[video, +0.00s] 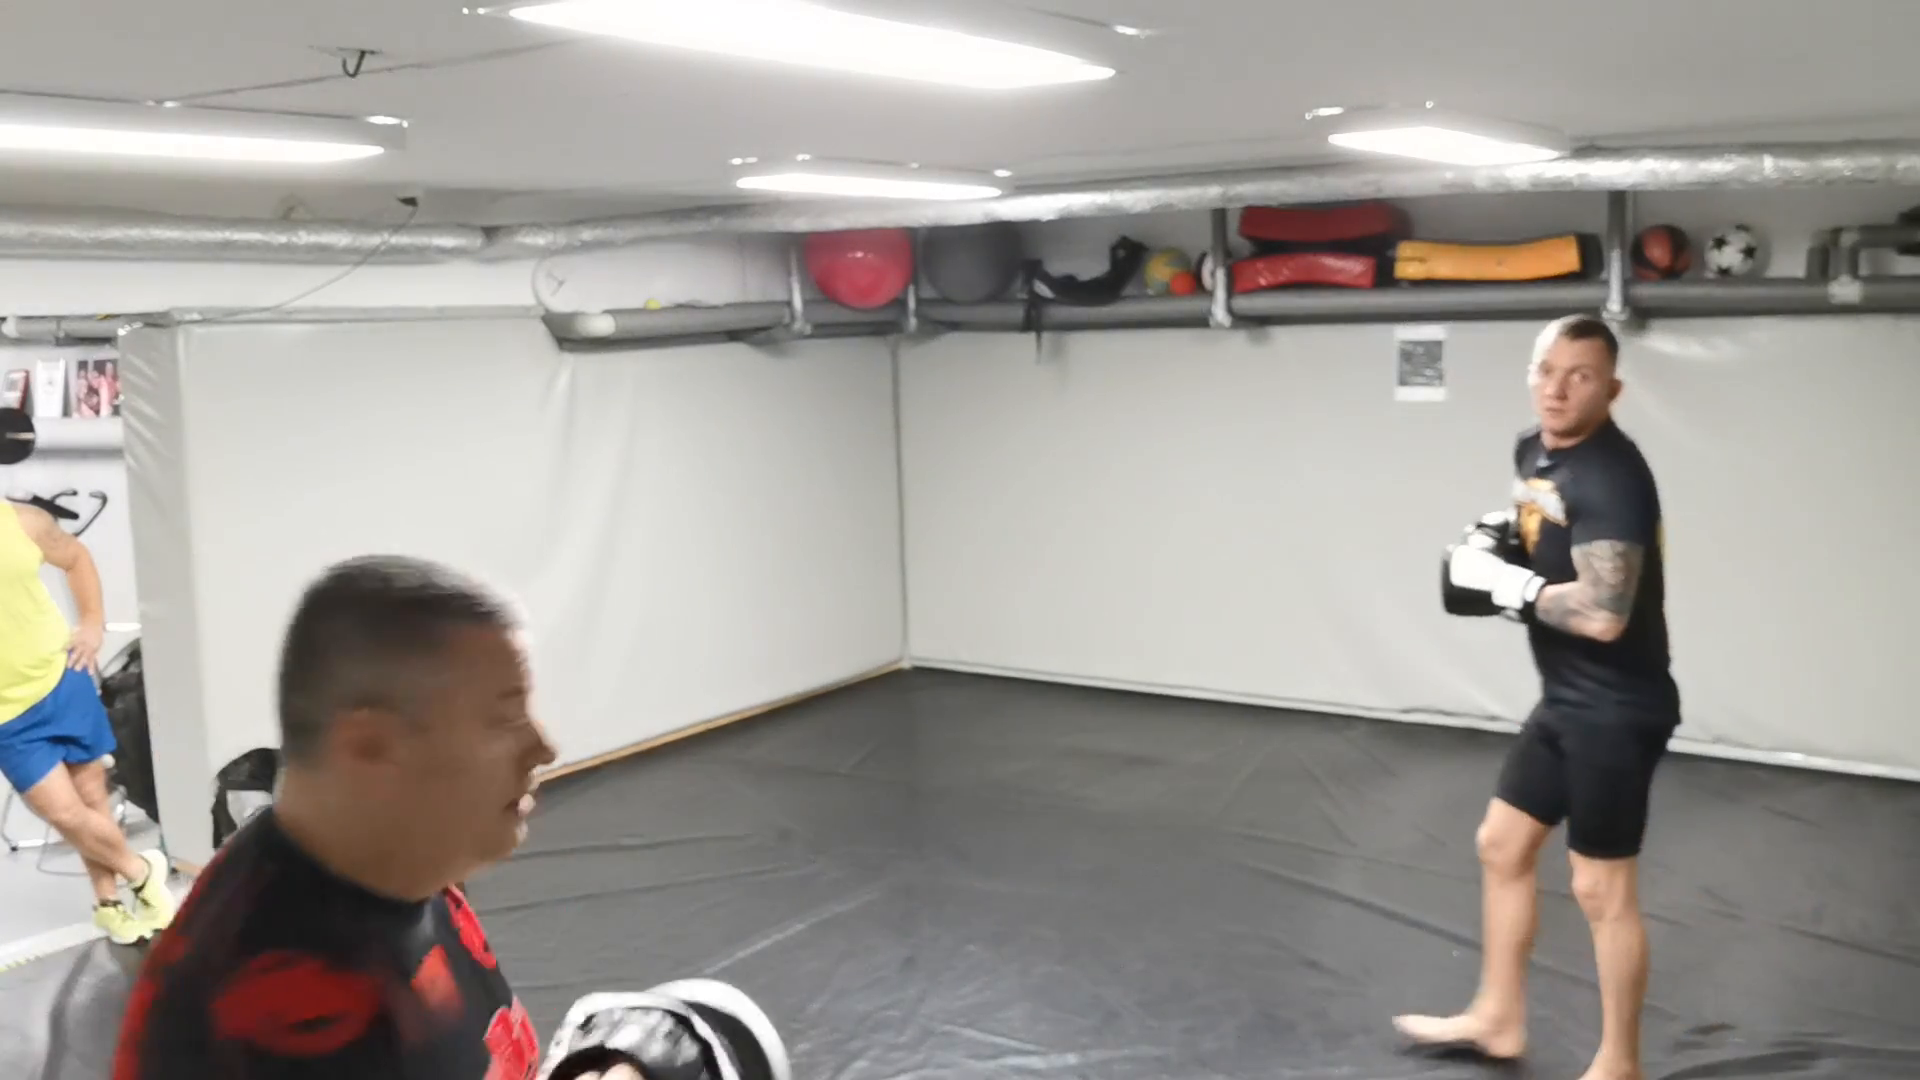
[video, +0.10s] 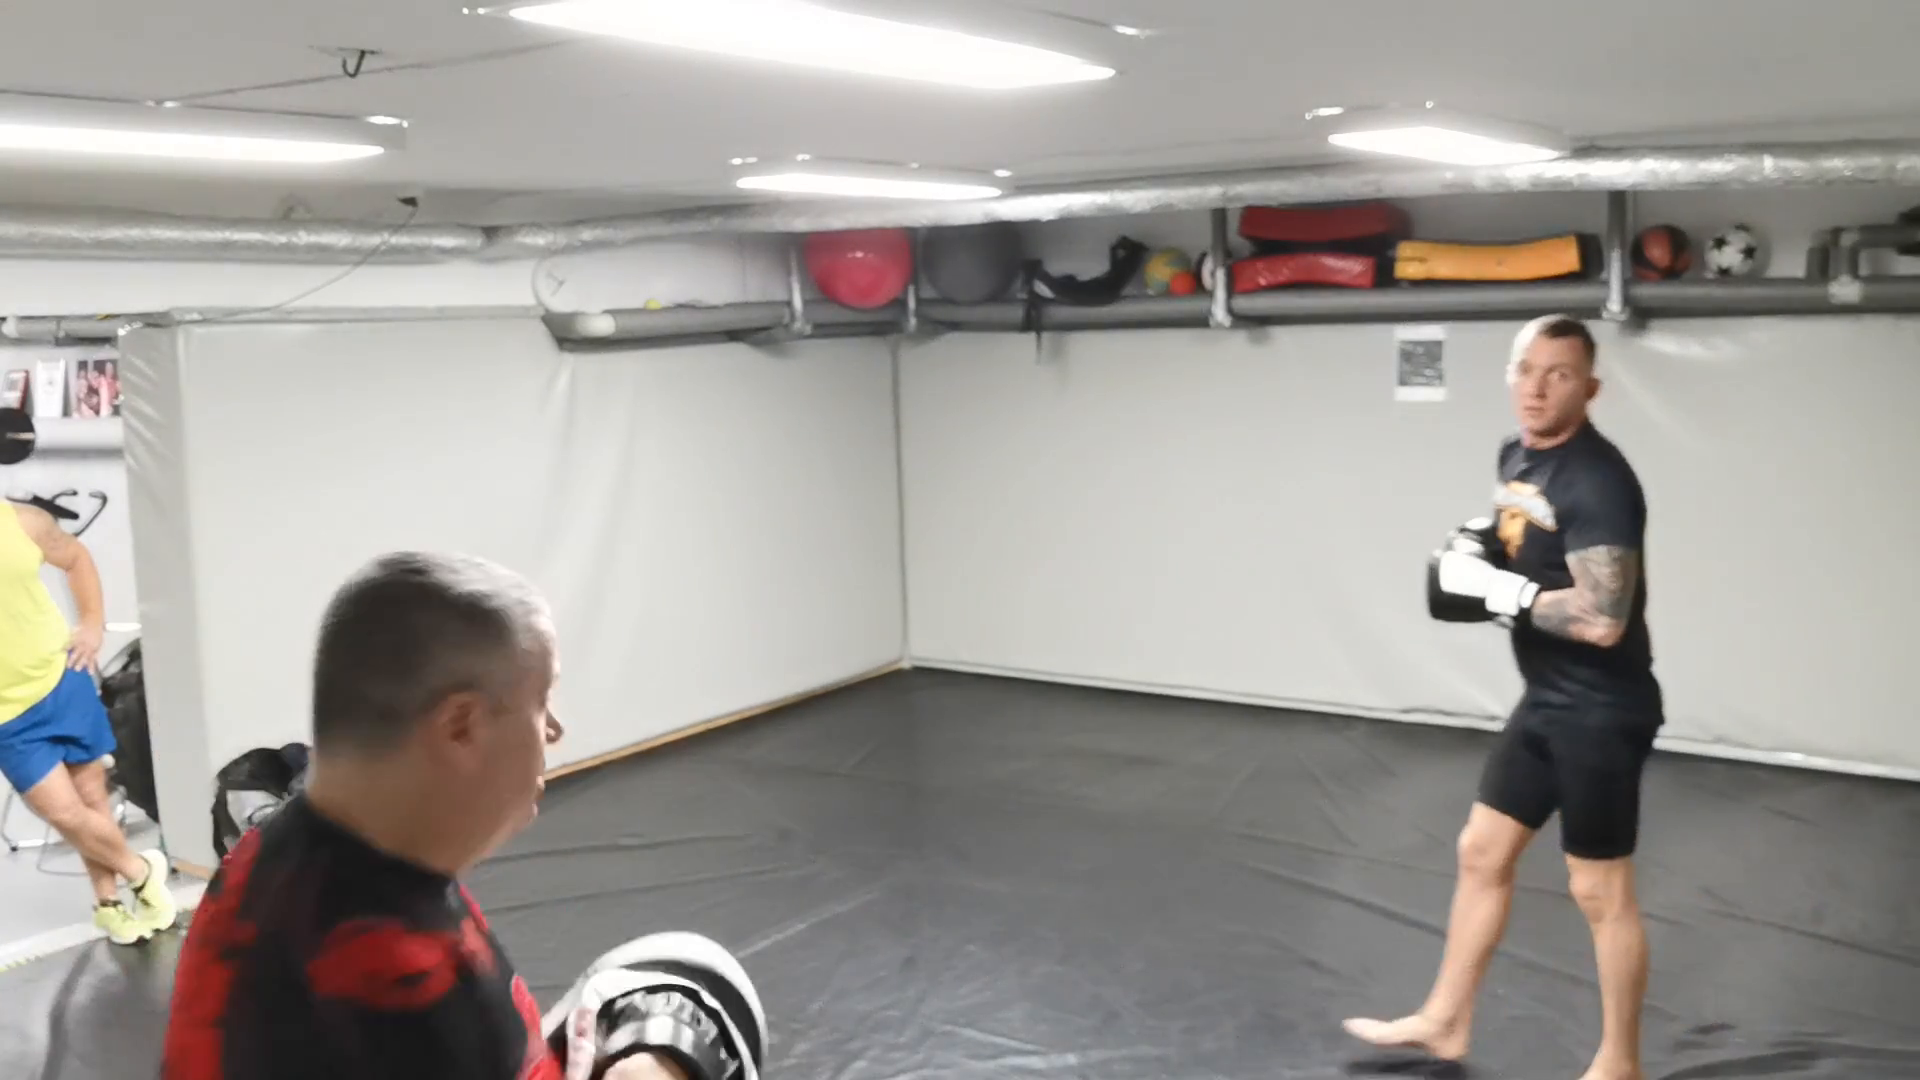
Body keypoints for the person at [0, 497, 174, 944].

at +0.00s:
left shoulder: (19, 521)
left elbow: (76, 558)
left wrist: (92, 623)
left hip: (62, 682)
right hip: (8, 715)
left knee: (92, 797)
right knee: (64, 815)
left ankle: (107, 901)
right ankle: (142, 872)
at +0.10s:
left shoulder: (21, 522)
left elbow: (76, 557)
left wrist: (92, 623)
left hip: (62, 683)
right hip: (9, 715)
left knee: (91, 797)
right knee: (64, 815)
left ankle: (107, 901)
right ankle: (142, 872)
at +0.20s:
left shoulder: (21, 522)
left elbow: (76, 557)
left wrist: (92, 623)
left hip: (62, 683)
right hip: (8, 715)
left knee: (92, 797)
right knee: (64, 815)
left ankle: (107, 901)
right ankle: (142, 872)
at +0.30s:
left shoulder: (21, 521)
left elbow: (76, 558)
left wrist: (92, 624)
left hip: (62, 683)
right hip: (8, 715)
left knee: (92, 797)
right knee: (64, 815)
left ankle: (107, 902)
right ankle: (142, 872)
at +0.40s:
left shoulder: (21, 522)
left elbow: (76, 558)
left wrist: (92, 623)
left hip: (63, 683)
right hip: (9, 715)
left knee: (92, 797)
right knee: (64, 815)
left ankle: (107, 901)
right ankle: (142, 872)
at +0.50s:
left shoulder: (22, 523)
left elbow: (76, 558)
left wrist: (92, 623)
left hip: (63, 683)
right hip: (9, 716)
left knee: (92, 798)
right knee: (64, 816)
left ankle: (107, 901)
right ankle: (142, 872)